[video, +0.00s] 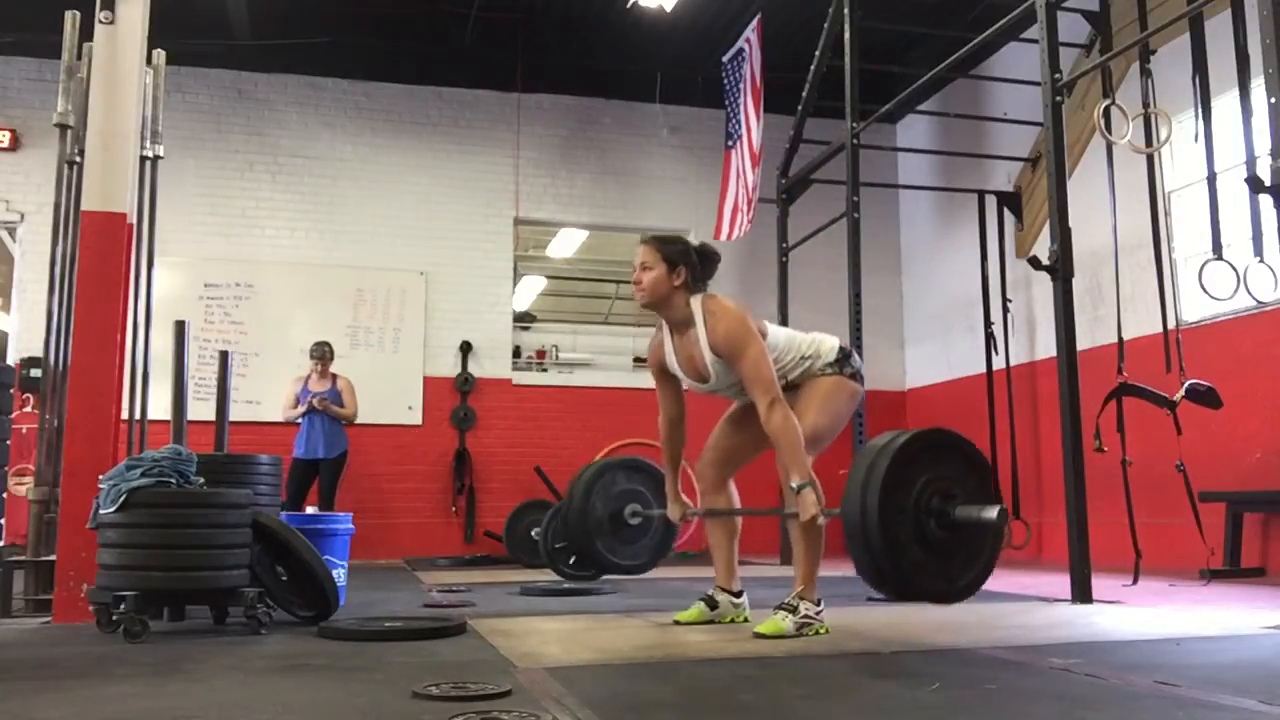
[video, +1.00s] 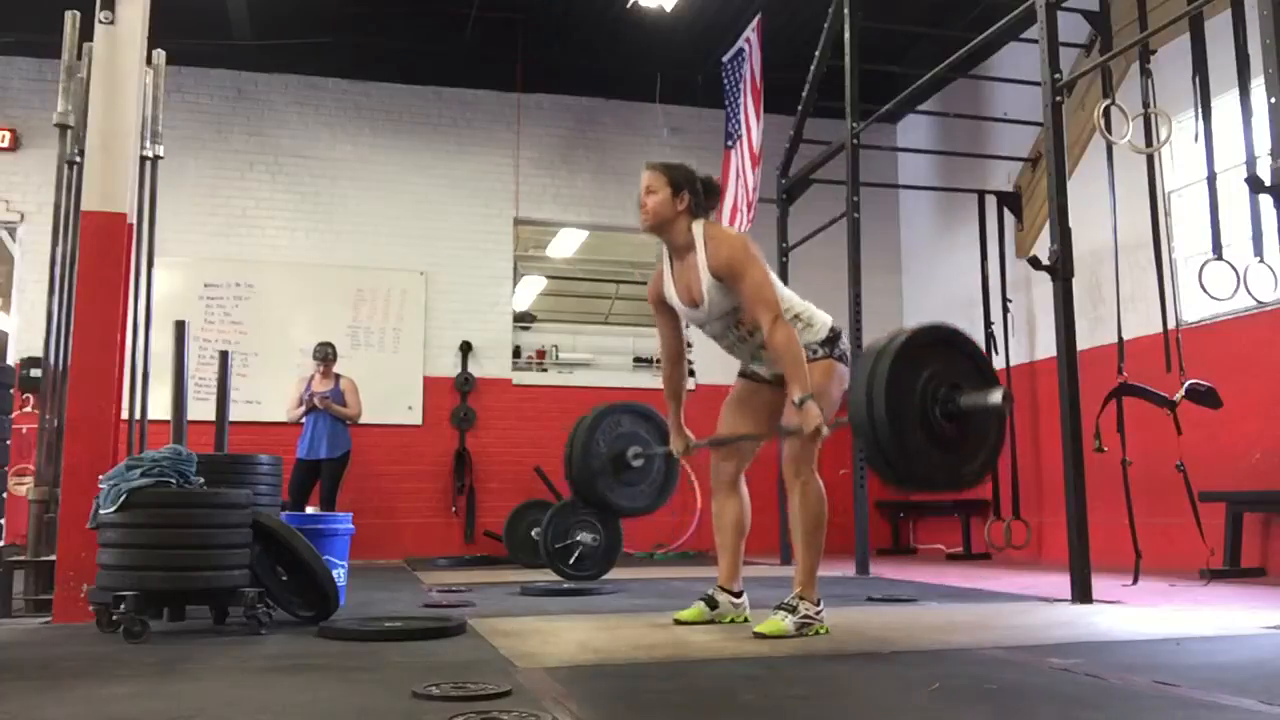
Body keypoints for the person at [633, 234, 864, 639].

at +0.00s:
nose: (634, 278)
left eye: (645, 269)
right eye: (635, 269)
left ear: (677, 276)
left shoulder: (724, 321)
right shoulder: (661, 351)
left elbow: (772, 405)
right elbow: (671, 422)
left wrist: (802, 483)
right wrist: (671, 492)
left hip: (832, 369)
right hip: (776, 385)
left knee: (796, 465)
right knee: (709, 470)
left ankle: (806, 602)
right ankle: (728, 595)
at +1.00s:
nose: (641, 203)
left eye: (651, 193)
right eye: (641, 194)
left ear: (681, 200)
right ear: (664, 204)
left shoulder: (726, 247)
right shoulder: (661, 285)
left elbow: (774, 323)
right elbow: (672, 358)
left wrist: (802, 398)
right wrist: (676, 423)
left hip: (814, 347)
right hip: (761, 361)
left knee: (796, 466)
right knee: (724, 468)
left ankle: (806, 601)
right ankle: (728, 594)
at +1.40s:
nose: (766, 123)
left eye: (781, 119)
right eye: (768, 118)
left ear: (802, 141)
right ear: (763, 139)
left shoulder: (802, 178)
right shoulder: (736, 203)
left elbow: (796, 230)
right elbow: (690, 263)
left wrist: (775, 279)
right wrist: (650, 315)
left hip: (770, 323)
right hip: (719, 331)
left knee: (760, 441)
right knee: (695, 452)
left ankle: (796, 590)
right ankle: (717, 583)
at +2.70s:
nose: (733, 130)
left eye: (746, 124)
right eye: (732, 123)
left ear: (767, 147)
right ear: (724, 138)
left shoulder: (774, 190)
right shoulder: (696, 205)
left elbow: (740, 185)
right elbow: (633, 240)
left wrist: (773, 133)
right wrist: (652, 188)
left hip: (756, 345)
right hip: (706, 351)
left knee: (749, 467)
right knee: (681, 469)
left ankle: (799, 599)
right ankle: (685, 592)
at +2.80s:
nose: (730, 132)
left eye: (742, 126)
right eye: (731, 125)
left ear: (767, 149)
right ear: (728, 141)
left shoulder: (774, 196)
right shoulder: (699, 210)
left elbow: (738, 189)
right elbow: (635, 239)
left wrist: (778, 145)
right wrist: (656, 193)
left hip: (763, 345)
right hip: (711, 354)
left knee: (751, 466)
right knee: (682, 469)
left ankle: (799, 600)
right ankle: (684, 593)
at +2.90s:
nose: (729, 136)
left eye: (741, 130)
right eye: (729, 129)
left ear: (768, 150)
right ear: (728, 145)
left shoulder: (783, 203)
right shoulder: (702, 214)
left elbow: (743, 203)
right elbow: (640, 247)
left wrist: (775, 154)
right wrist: (657, 199)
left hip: (768, 348)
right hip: (716, 356)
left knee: (752, 467)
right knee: (682, 468)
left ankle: (799, 600)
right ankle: (685, 593)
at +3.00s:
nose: (729, 126)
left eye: (741, 119)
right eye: (729, 119)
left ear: (771, 139)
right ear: (729, 134)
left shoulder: (784, 192)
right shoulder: (705, 202)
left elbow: (745, 187)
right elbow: (642, 237)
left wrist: (782, 140)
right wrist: (660, 187)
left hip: (772, 335)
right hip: (721, 342)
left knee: (765, 458)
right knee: (700, 462)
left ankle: (800, 600)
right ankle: (685, 589)